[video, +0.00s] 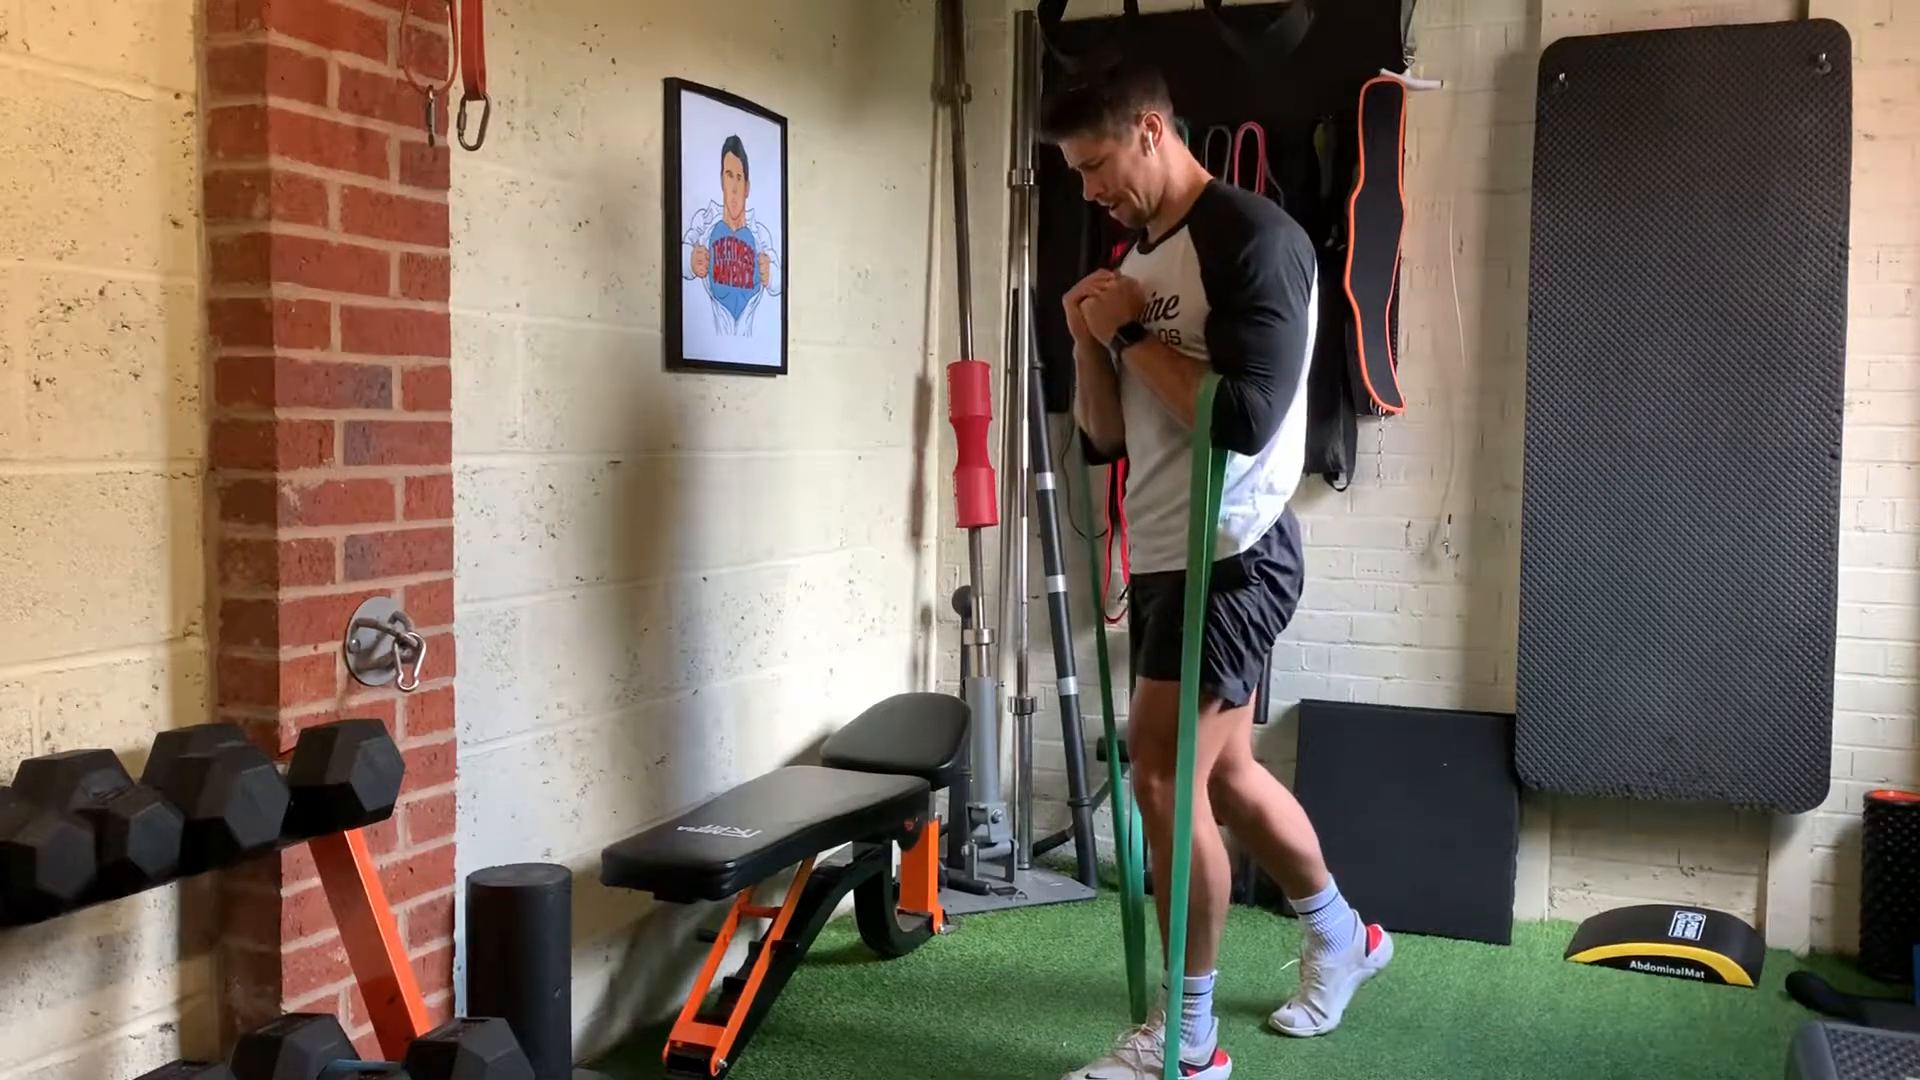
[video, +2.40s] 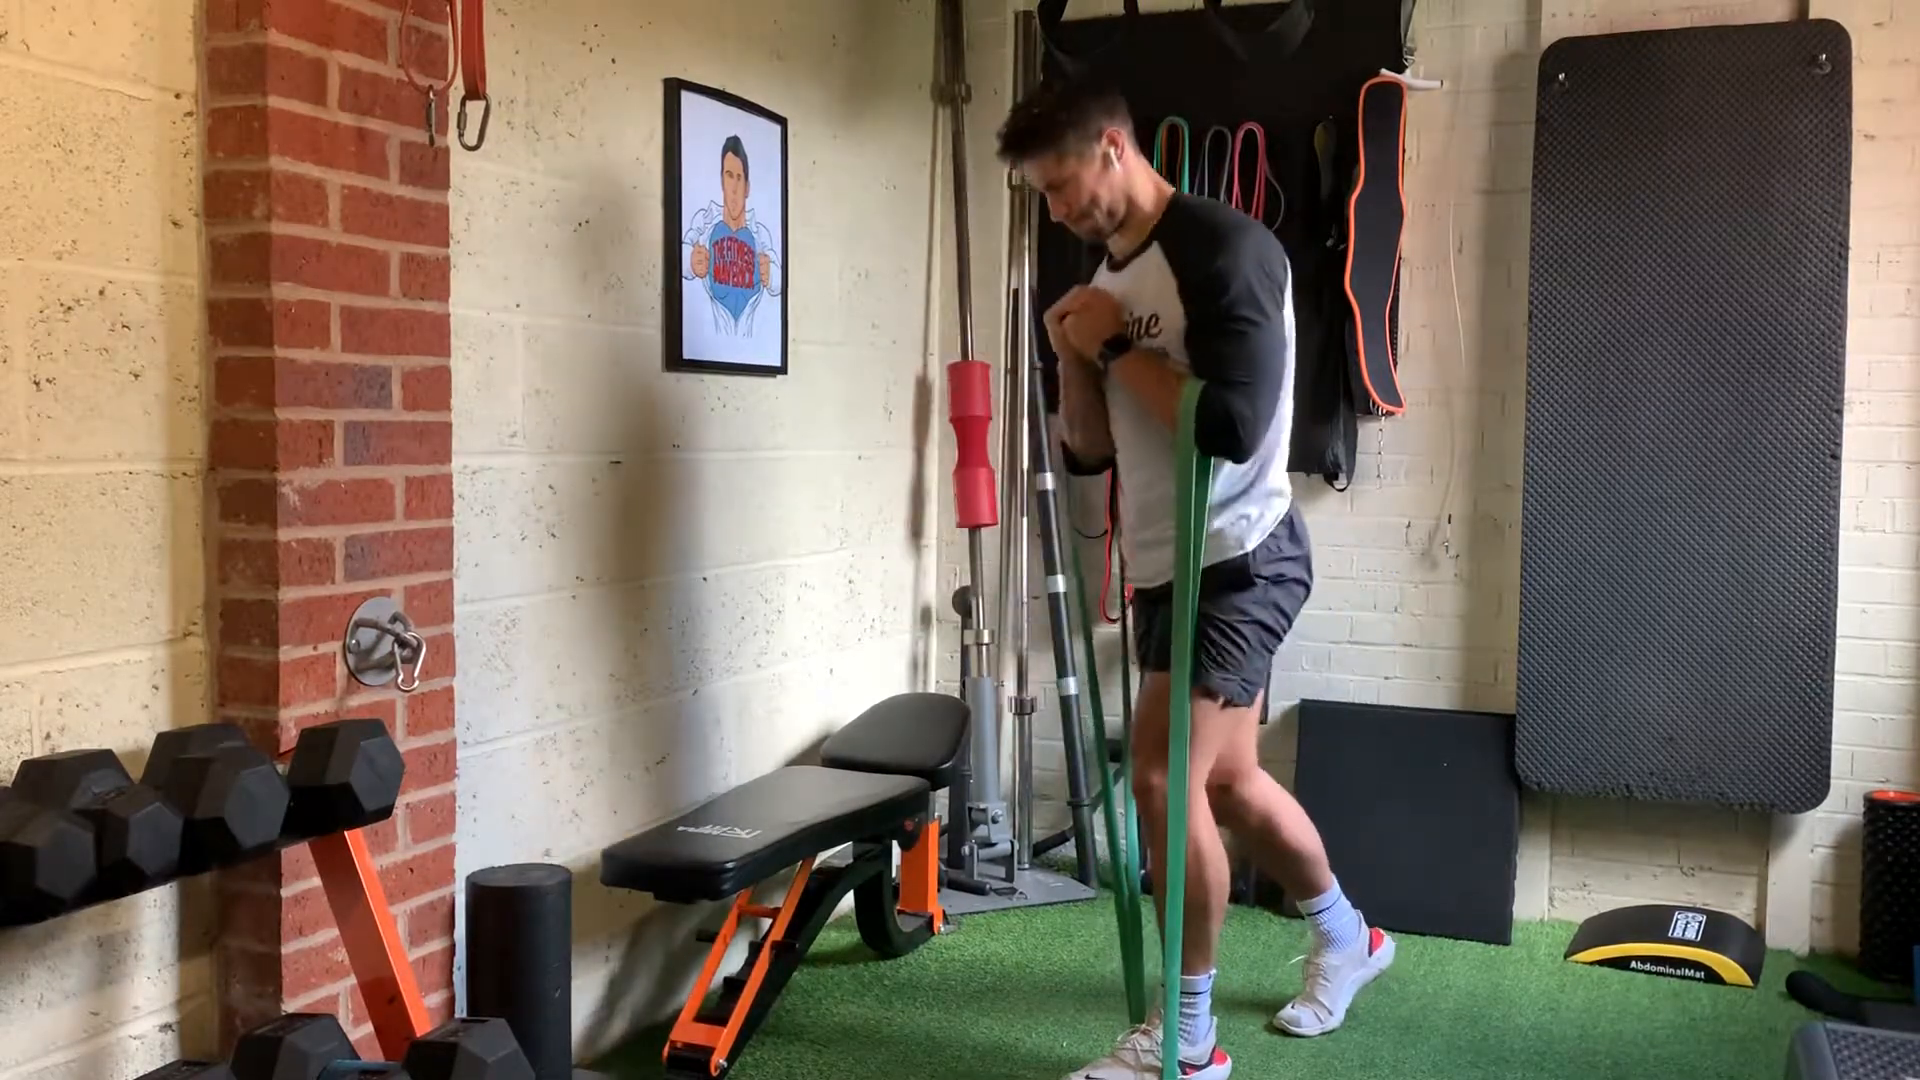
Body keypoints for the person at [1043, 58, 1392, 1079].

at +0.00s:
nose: (1092, 194)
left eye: (1099, 167)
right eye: (1080, 175)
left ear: (1156, 134)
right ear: (1121, 155)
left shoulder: (1261, 241)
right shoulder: (1133, 258)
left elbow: (1245, 420)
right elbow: (1105, 434)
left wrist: (1132, 334)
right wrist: (1092, 344)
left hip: (1235, 549)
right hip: (1163, 550)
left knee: (1163, 772)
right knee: (1229, 774)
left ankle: (1190, 1034)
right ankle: (1343, 936)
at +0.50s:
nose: (995, 286)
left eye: (1001, 262)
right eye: (985, 268)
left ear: (1054, 228)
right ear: (1045, 236)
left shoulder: (1184, 308)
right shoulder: (1067, 333)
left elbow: (1222, 498)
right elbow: (1101, 512)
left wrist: (1084, 441)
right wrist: (1053, 448)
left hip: (1278, 574)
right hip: (1205, 576)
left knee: (1162, 778)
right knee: (1211, 789)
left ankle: (1188, 1034)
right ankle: (1348, 936)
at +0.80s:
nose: (946, 430)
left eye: (948, 406)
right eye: (936, 413)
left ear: (1003, 370)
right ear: (999, 374)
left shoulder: (1146, 417)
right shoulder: (1033, 457)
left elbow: (1214, 590)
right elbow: (1095, 612)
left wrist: (1075, 551)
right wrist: (1040, 565)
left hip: (1310, 586)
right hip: (1236, 595)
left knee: (1191, 795)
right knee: (1210, 807)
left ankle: (1187, 1037)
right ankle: (1350, 940)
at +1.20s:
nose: (926, 577)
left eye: (928, 556)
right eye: (916, 561)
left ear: (978, 521)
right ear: (979, 522)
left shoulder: (1125, 538)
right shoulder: (1025, 577)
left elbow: (1211, 712)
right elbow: (1104, 710)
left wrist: (1070, 675)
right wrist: (1036, 686)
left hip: (1328, 594)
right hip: (1252, 608)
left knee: (1195, 800)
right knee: (1211, 817)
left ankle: (1187, 1041)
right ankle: (1353, 942)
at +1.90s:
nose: (941, 461)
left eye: (945, 439)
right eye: (932, 445)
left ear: (999, 407)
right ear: (995, 410)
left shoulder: (1136, 453)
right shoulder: (1031, 486)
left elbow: (1205, 626)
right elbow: (1095, 636)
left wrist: (1068, 582)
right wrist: (1037, 592)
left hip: (1316, 589)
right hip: (1252, 601)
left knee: (1188, 799)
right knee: (1207, 822)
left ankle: (1185, 1040)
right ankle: (1357, 944)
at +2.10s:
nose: (976, 329)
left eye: (980, 303)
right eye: (963, 311)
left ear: (1032, 272)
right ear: (1017, 284)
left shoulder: (1161, 343)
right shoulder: (1049, 380)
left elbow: (1209, 528)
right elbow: (1084, 547)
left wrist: (1076, 469)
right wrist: (1042, 479)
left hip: (1287, 571)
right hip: (1210, 581)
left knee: (1171, 785)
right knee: (1226, 813)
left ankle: (1185, 1036)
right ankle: (1357, 944)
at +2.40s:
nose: (1062, 215)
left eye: (1068, 187)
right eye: (1047, 198)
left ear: (1119, 150)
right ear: (1052, 189)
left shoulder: (1232, 251)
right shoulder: (1089, 273)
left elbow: (1235, 429)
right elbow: (1088, 450)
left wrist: (1116, 347)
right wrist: (1076, 359)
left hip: (1242, 555)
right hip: (1161, 564)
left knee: (1163, 777)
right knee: (1233, 781)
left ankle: (1185, 1037)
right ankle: (1349, 938)